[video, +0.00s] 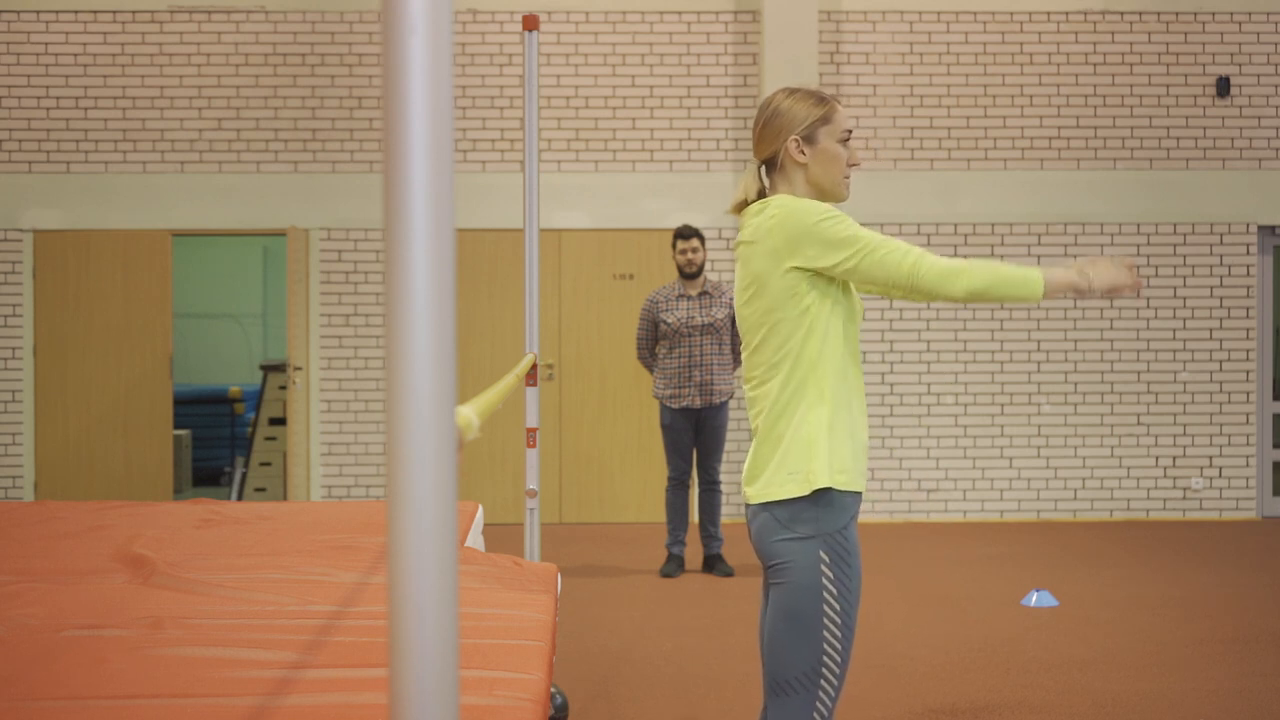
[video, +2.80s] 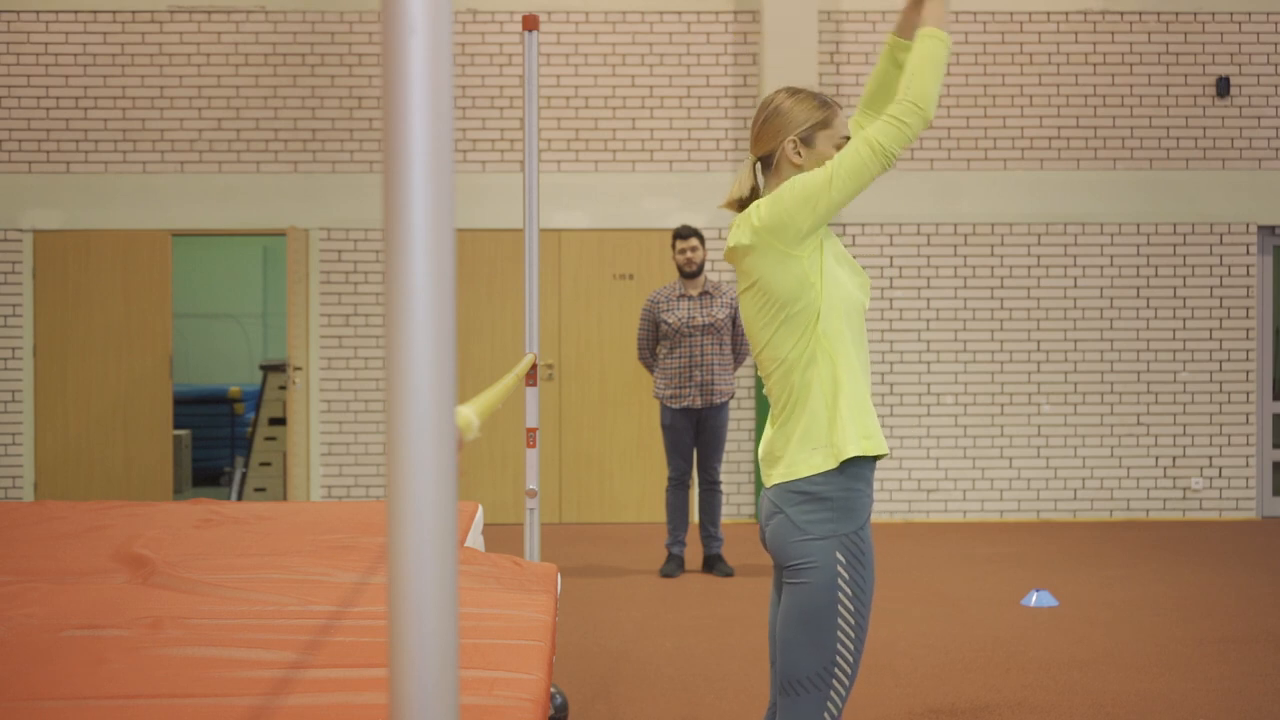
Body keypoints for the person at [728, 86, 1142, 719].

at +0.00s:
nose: (854, 156)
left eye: (850, 139)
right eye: (841, 140)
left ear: (798, 153)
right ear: (797, 151)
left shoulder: (778, 224)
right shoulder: (795, 223)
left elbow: (925, 277)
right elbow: (931, 276)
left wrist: (1067, 279)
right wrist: (1073, 277)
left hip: (799, 501)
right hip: (809, 502)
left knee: (794, 704)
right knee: (804, 706)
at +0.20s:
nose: (852, 156)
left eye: (848, 141)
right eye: (840, 141)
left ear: (796, 153)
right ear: (796, 151)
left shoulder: (782, 223)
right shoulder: (785, 221)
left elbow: (927, 223)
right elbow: (932, 225)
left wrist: (1047, 176)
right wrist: (1064, 176)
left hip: (806, 498)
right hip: (812, 499)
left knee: (800, 703)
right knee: (807, 705)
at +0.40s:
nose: (849, 159)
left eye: (848, 144)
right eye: (840, 144)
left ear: (790, 151)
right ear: (792, 149)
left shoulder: (782, 221)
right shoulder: (783, 222)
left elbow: (913, 176)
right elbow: (932, 180)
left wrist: (1005, 94)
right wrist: (1028, 89)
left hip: (814, 494)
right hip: (819, 497)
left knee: (802, 702)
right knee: (814, 704)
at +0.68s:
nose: (845, 158)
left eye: (845, 143)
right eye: (838, 143)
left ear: (792, 153)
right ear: (797, 152)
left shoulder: (784, 222)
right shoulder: (780, 223)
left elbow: (873, 127)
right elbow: (904, 129)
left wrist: (930, 17)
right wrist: (952, 16)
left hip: (831, 489)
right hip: (828, 494)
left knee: (818, 698)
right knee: (819, 702)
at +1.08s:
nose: (856, 164)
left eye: (852, 149)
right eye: (842, 147)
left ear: (791, 156)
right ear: (797, 157)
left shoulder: (794, 232)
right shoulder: (784, 232)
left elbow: (825, 97)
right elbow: (853, 93)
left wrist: (821, 3)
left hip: (844, 490)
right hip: (843, 494)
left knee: (819, 697)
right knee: (830, 701)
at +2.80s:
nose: (842, 157)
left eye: (842, 142)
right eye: (835, 142)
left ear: (789, 153)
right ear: (792, 151)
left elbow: (869, 124)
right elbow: (899, 126)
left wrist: (911, 18)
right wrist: (934, 17)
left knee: (808, 695)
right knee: (813, 699)